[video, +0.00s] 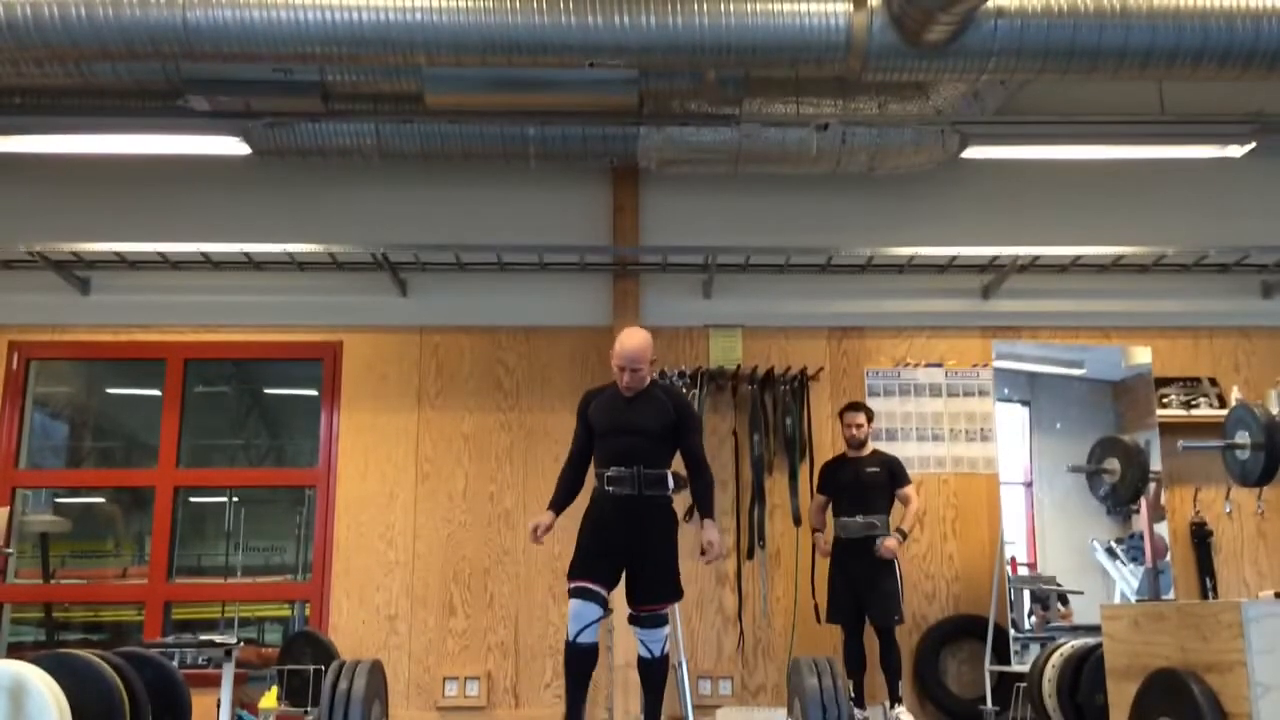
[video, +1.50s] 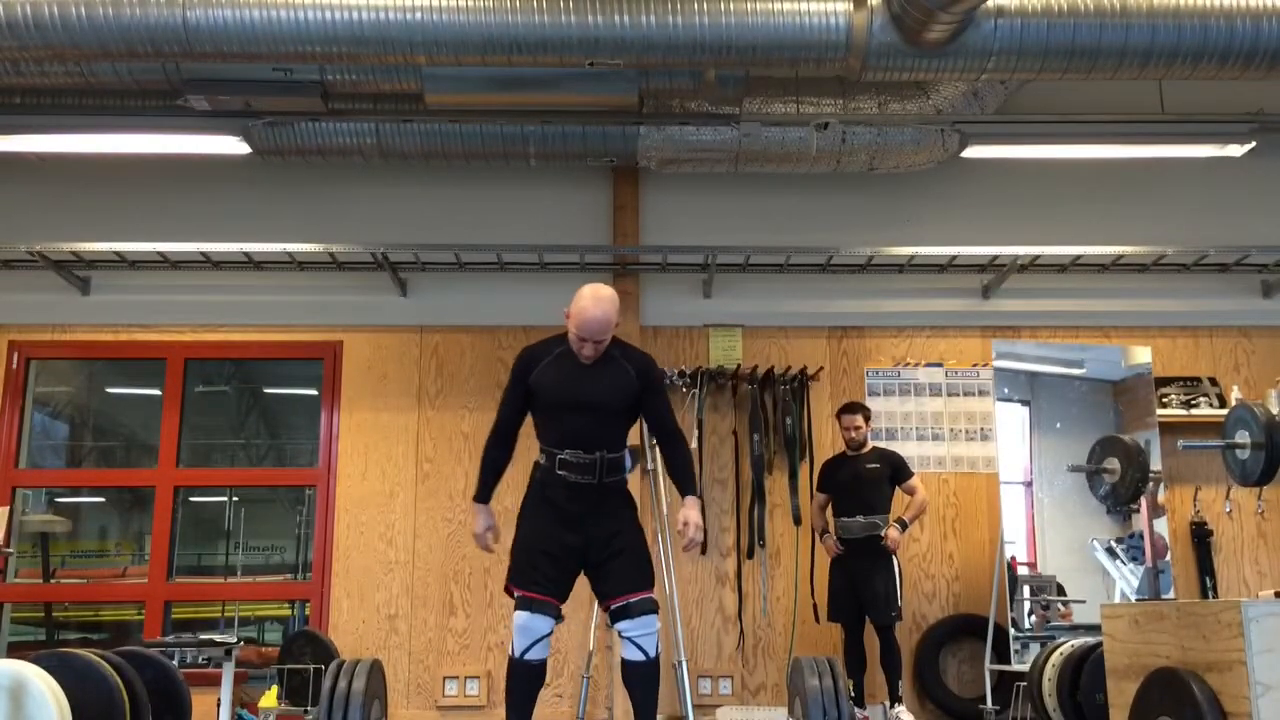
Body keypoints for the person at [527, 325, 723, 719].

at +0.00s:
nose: (625, 378)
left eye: (635, 370)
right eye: (620, 368)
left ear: (652, 364)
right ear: (611, 360)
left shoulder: (674, 404)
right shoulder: (594, 402)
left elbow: (697, 465)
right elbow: (577, 462)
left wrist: (709, 522)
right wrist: (552, 510)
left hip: (654, 524)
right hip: (603, 520)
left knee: (651, 628)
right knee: (581, 616)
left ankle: (652, 714)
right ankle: (573, 713)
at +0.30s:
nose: (598, 377)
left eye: (607, 368)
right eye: (591, 367)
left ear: (622, 362)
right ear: (581, 359)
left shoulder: (648, 402)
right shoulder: (562, 406)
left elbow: (672, 463)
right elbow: (544, 470)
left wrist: (674, 520)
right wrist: (527, 532)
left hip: (631, 528)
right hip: (578, 526)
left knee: (639, 633)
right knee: (561, 630)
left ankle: (650, 714)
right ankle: (545, 716)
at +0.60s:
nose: (576, 354)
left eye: (580, 344)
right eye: (565, 347)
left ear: (591, 336)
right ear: (548, 344)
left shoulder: (620, 380)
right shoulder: (526, 386)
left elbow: (648, 442)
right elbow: (498, 447)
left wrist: (665, 501)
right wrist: (475, 505)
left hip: (610, 511)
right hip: (555, 512)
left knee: (642, 613)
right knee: (552, 622)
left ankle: (630, 714)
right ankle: (543, 718)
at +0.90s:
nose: (582, 352)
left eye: (590, 343)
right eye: (574, 343)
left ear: (604, 333)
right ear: (560, 333)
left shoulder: (630, 376)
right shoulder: (535, 376)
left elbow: (659, 441)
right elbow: (504, 433)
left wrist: (678, 500)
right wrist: (474, 477)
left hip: (612, 514)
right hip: (556, 512)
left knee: (630, 627)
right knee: (550, 630)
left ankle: (644, 717)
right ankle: (544, 717)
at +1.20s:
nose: (608, 348)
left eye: (620, 340)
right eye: (601, 337)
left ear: (636, 329)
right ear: (589, 320)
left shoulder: (659, 373)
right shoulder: (561, 362)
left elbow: (687, 442)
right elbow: (531, 430)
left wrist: (698, 504)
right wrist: (503, 495)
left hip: (627, 507)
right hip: (564, 500)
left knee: (641, 626)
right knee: (525, 607)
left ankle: (647, 719)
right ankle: (526, 715)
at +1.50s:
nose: (589, 348)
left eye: (600, 340)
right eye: (582, 337)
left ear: (616, 328)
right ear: (567, 317)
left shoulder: (638, 369)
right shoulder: (534, 362)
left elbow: (669, 436)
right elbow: (504, 431)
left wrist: (690, 498)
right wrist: (482, 499)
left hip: (612, 505)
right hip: (549, 503)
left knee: (641, 625)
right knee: (531, 626)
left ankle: (646, 718)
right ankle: (517, 718)